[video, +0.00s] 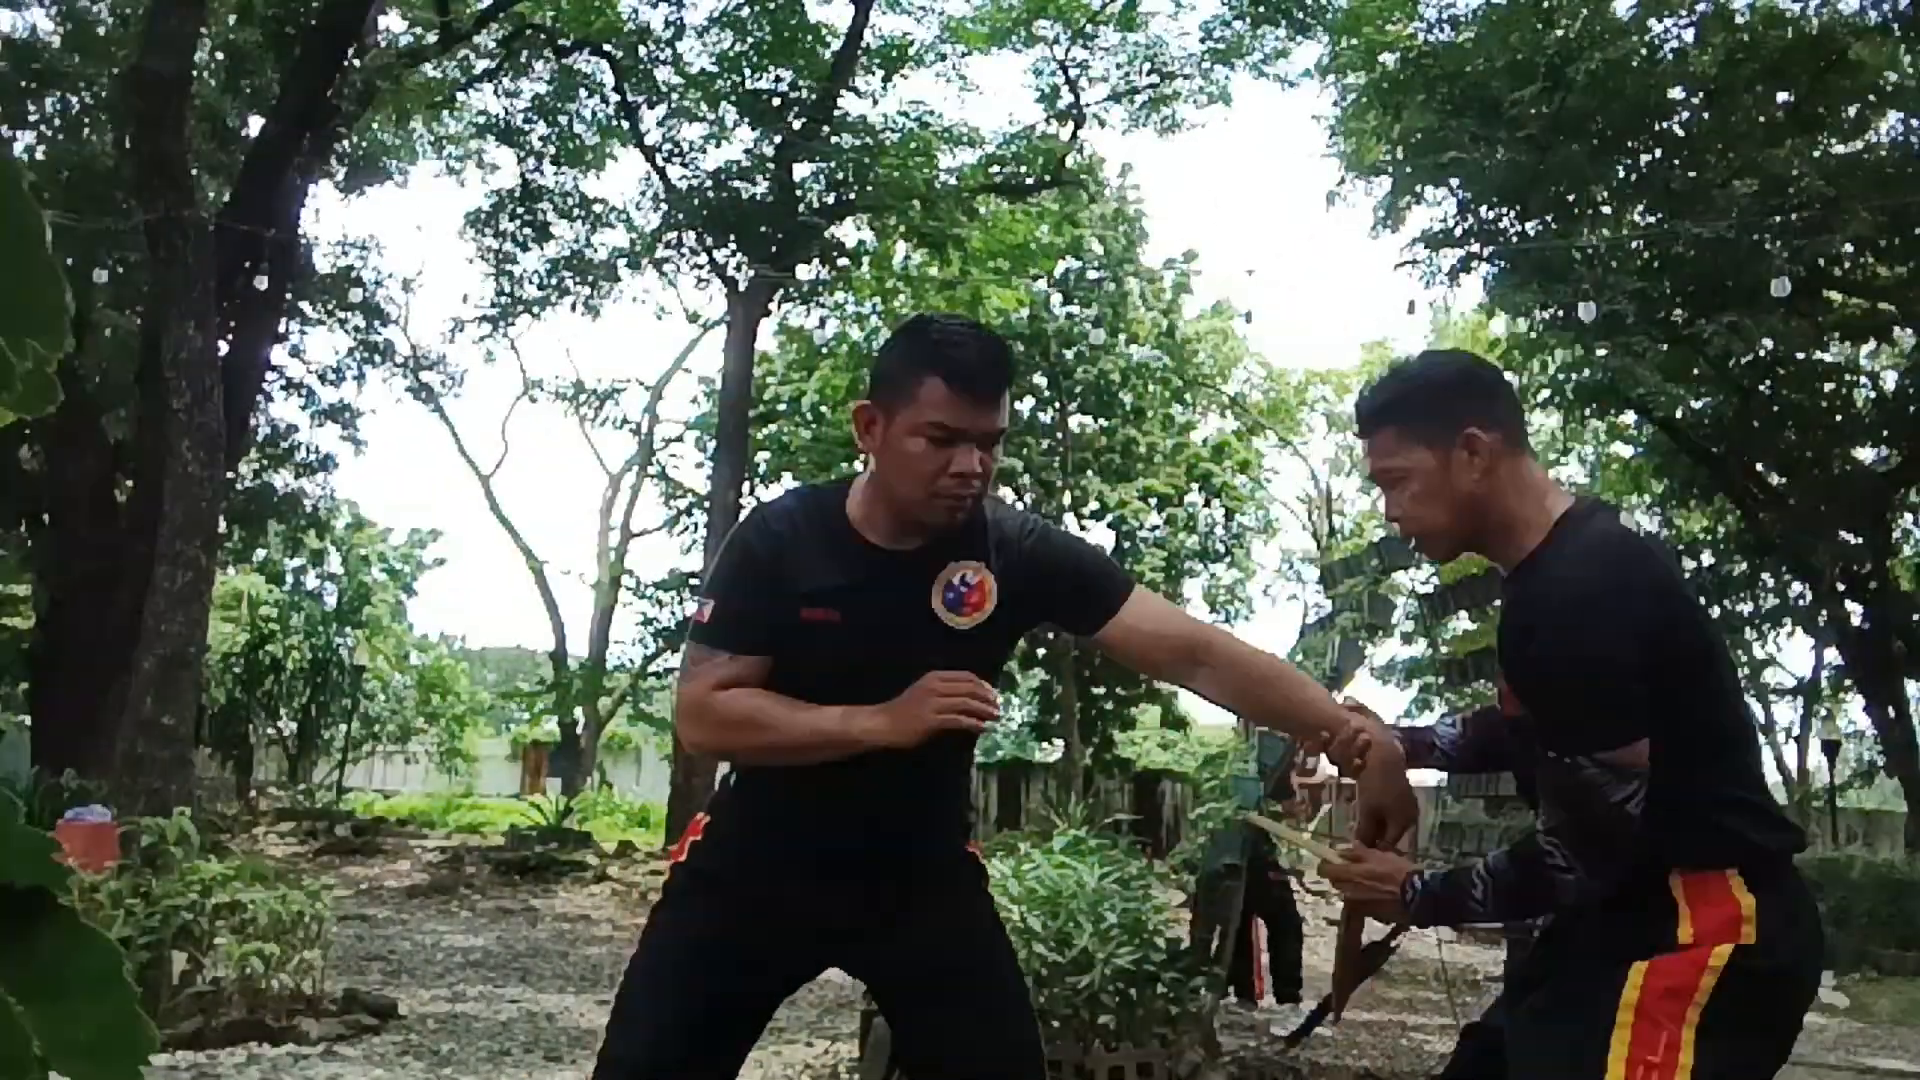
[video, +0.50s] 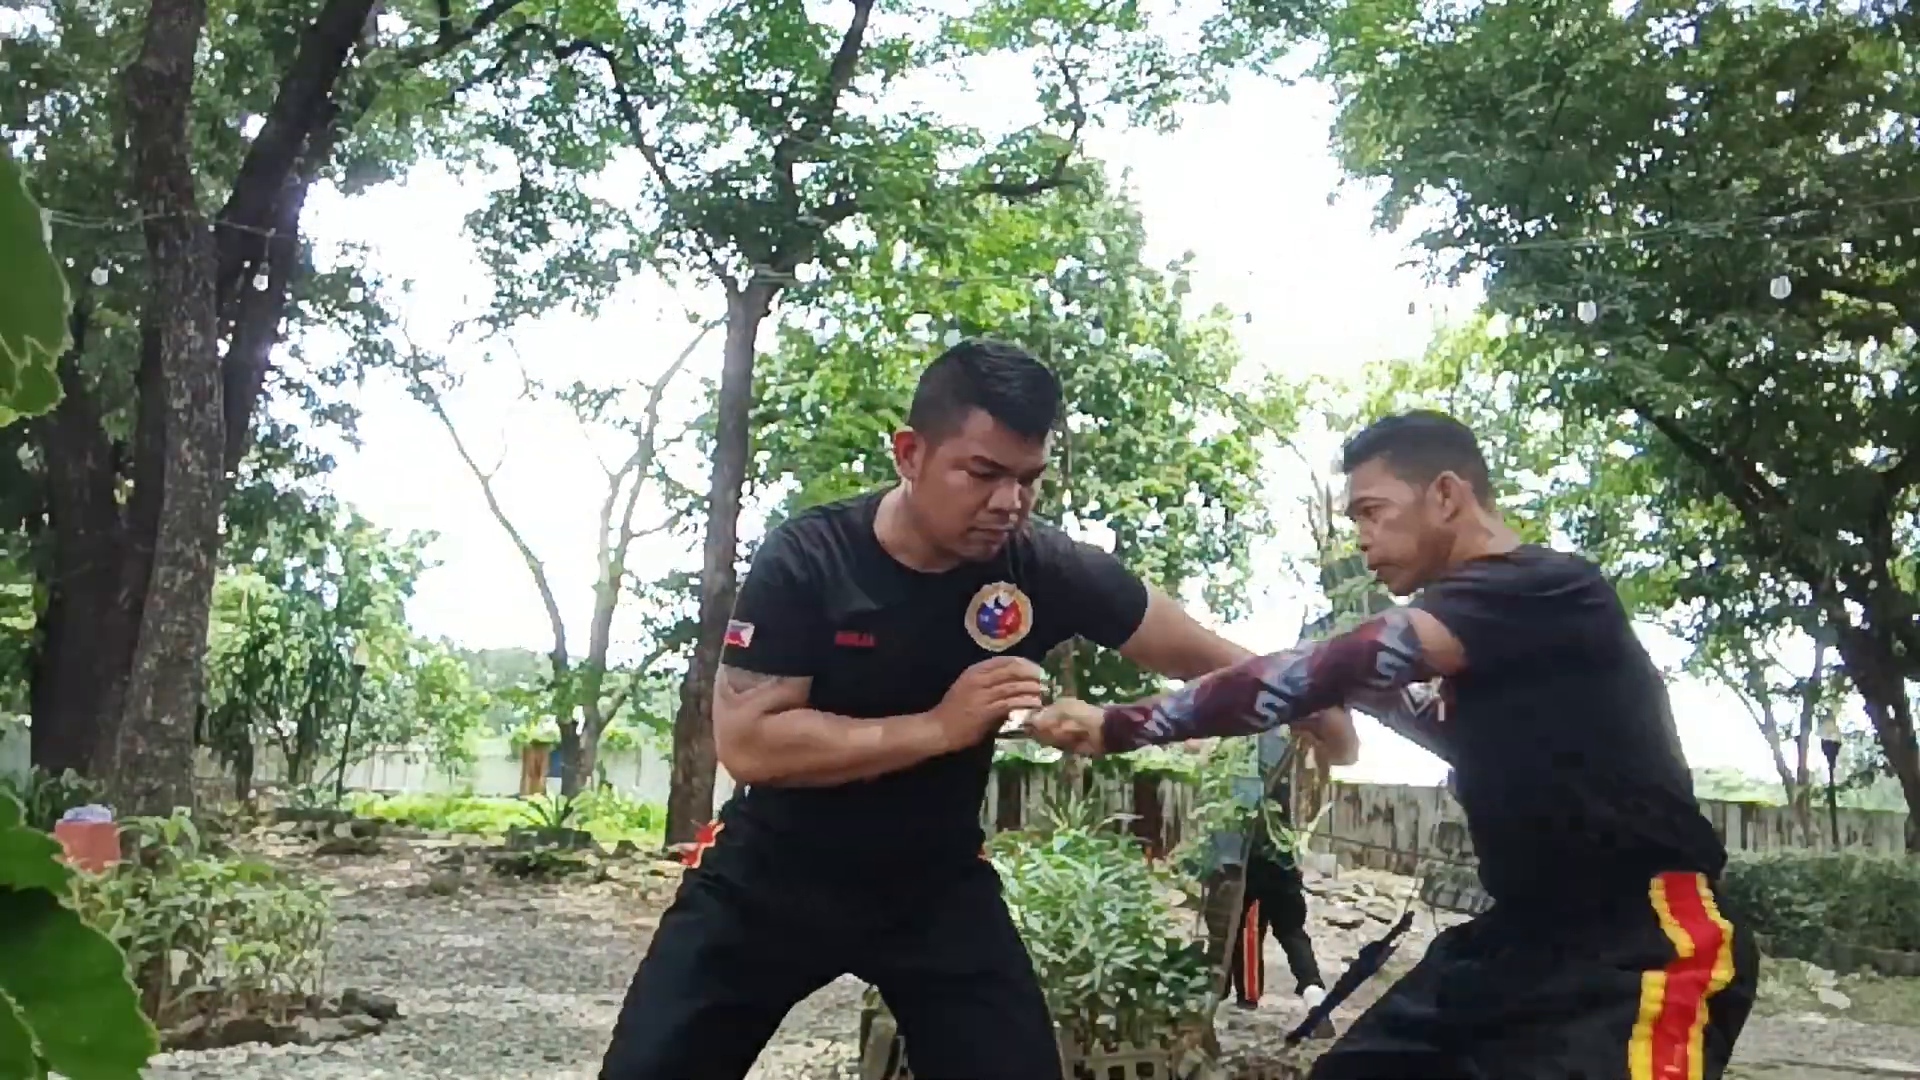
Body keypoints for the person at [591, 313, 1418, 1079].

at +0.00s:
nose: (972, 467)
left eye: (988, 443)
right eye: (945, 441)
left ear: (1004, 440)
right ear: (870, 429)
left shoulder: (1015, 555)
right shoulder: (774, 544)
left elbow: (1191, 651)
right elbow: (702, 718)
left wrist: (1358, 734)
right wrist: (880, 721)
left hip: (927, 885)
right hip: (752, 874)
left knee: (997, 1067)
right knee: (641, 1068)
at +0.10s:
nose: (986, 471)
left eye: (1002, 449)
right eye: (958, 443)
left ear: (1015, 447)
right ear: (883, 431)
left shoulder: (1033, 554)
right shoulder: (782, 548)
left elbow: (1202, 630)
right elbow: (713, 720)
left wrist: (1339, 694)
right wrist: (897, 722)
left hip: (929, 885)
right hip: (757, 875)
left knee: (1005, 1066)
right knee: (644, 1067)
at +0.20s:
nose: (999, 480)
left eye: (1015, 457)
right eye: (974, 454)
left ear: (1026, 452)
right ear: (895, 440)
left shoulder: (1035, 558)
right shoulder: (797, 544)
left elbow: (1209, 629)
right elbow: (725, 731)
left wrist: (1354, 700)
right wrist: (910, 726)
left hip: (928, 881)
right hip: (763, 869)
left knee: (1008, 1068)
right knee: (646, 1069)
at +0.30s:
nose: (1010, 497)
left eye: (1027, 473)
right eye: (983, 468)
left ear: (1043, 463)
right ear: (907, 450)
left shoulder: (1046, 571)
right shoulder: (804, 555)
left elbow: (1212, 644)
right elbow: (740, 738)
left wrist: (1343, 686)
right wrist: (927, 730)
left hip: (935, 888)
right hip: (767, 875)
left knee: (1012, 1067)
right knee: (647, 1065)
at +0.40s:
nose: (1013, 506)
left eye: (1031, 480)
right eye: (988, 477)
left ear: (1046, 472)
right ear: (911, 456)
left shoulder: (1041, 570)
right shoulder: (806, 559)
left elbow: (1192, 640)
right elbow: (741, 742)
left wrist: (1302, 685)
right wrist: (930, 734)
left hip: (937, 888)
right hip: (768, 877)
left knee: (1012, 1064)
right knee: (648, 1063)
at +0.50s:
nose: (1008, 505)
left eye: (1027, 479)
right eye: (985, 476)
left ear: (1041, 472)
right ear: (908, 454)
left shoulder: (1042, 570)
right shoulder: (803, 560)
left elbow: (1196, 650)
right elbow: (745, 745)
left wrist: (1305, 700)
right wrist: (932, 728)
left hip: (937, 890)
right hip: (768, 880)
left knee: (1015, 1064)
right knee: (647, 1063)